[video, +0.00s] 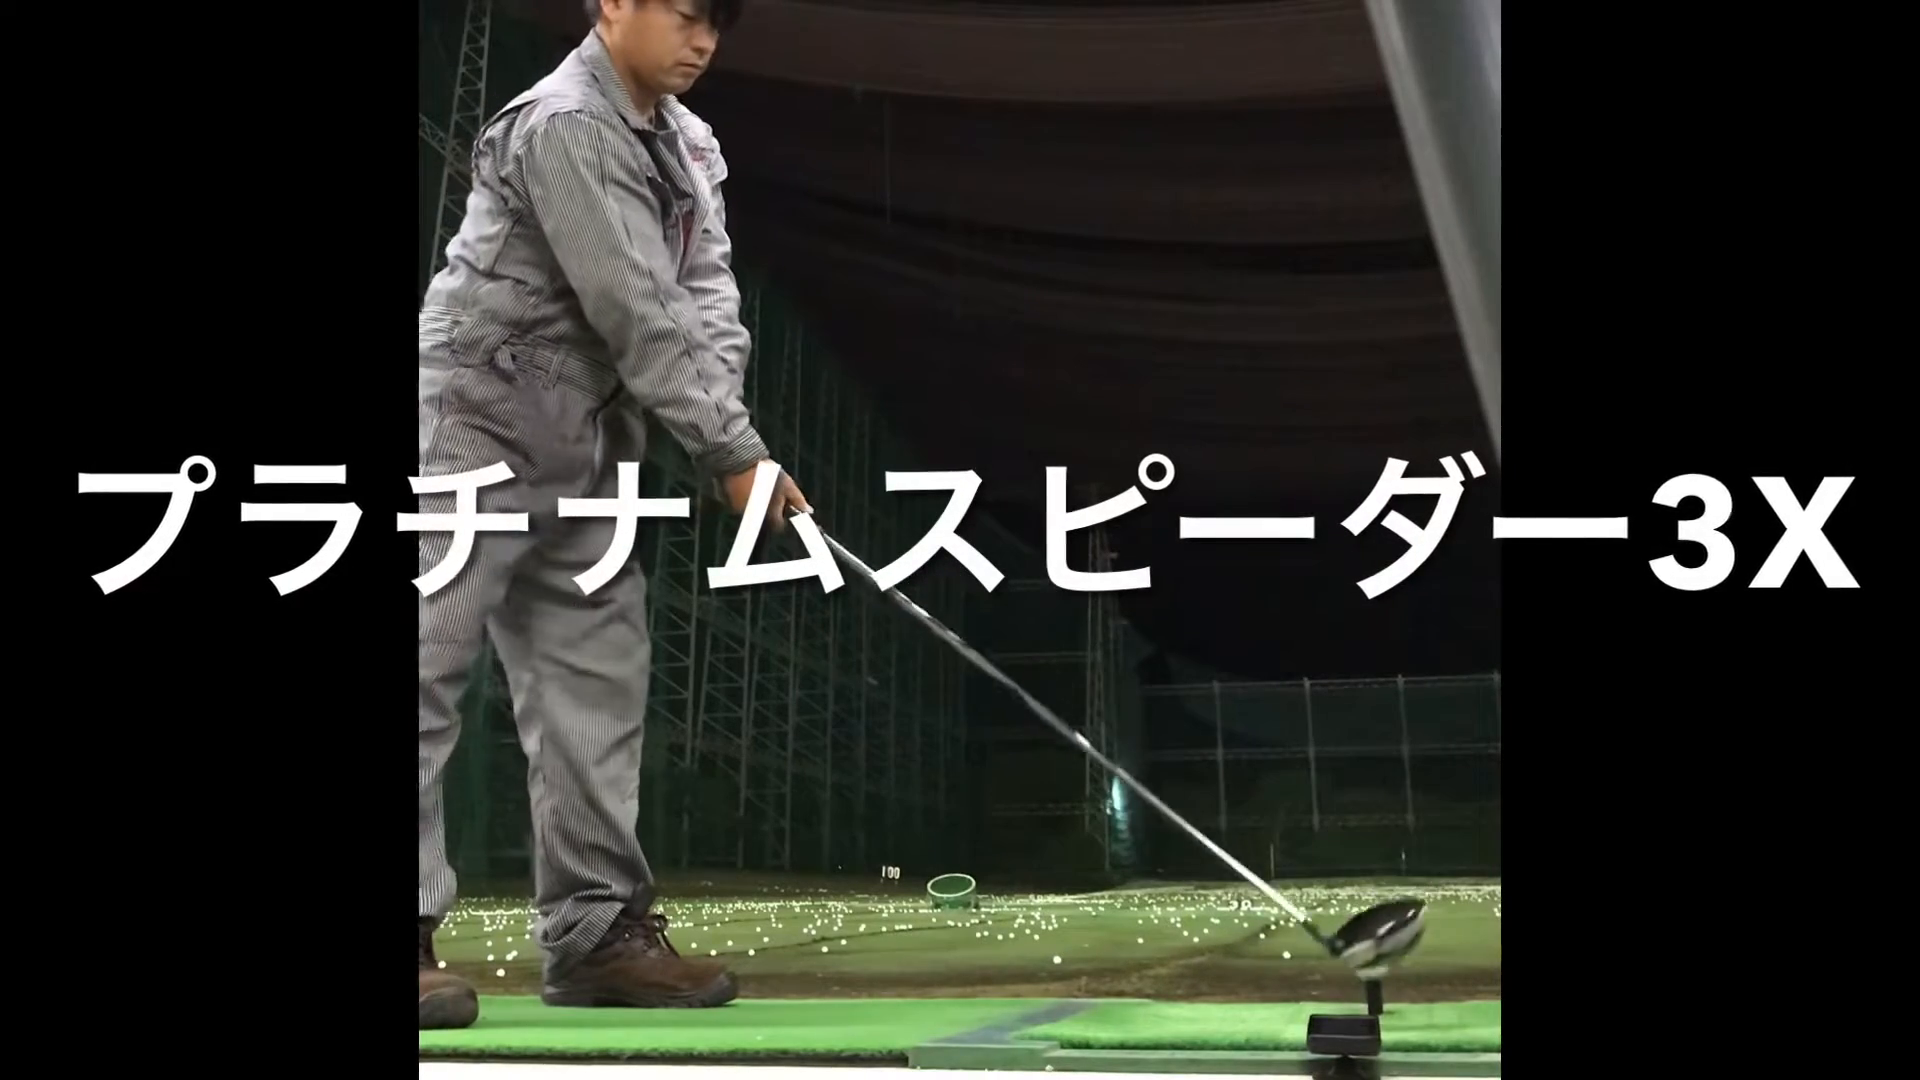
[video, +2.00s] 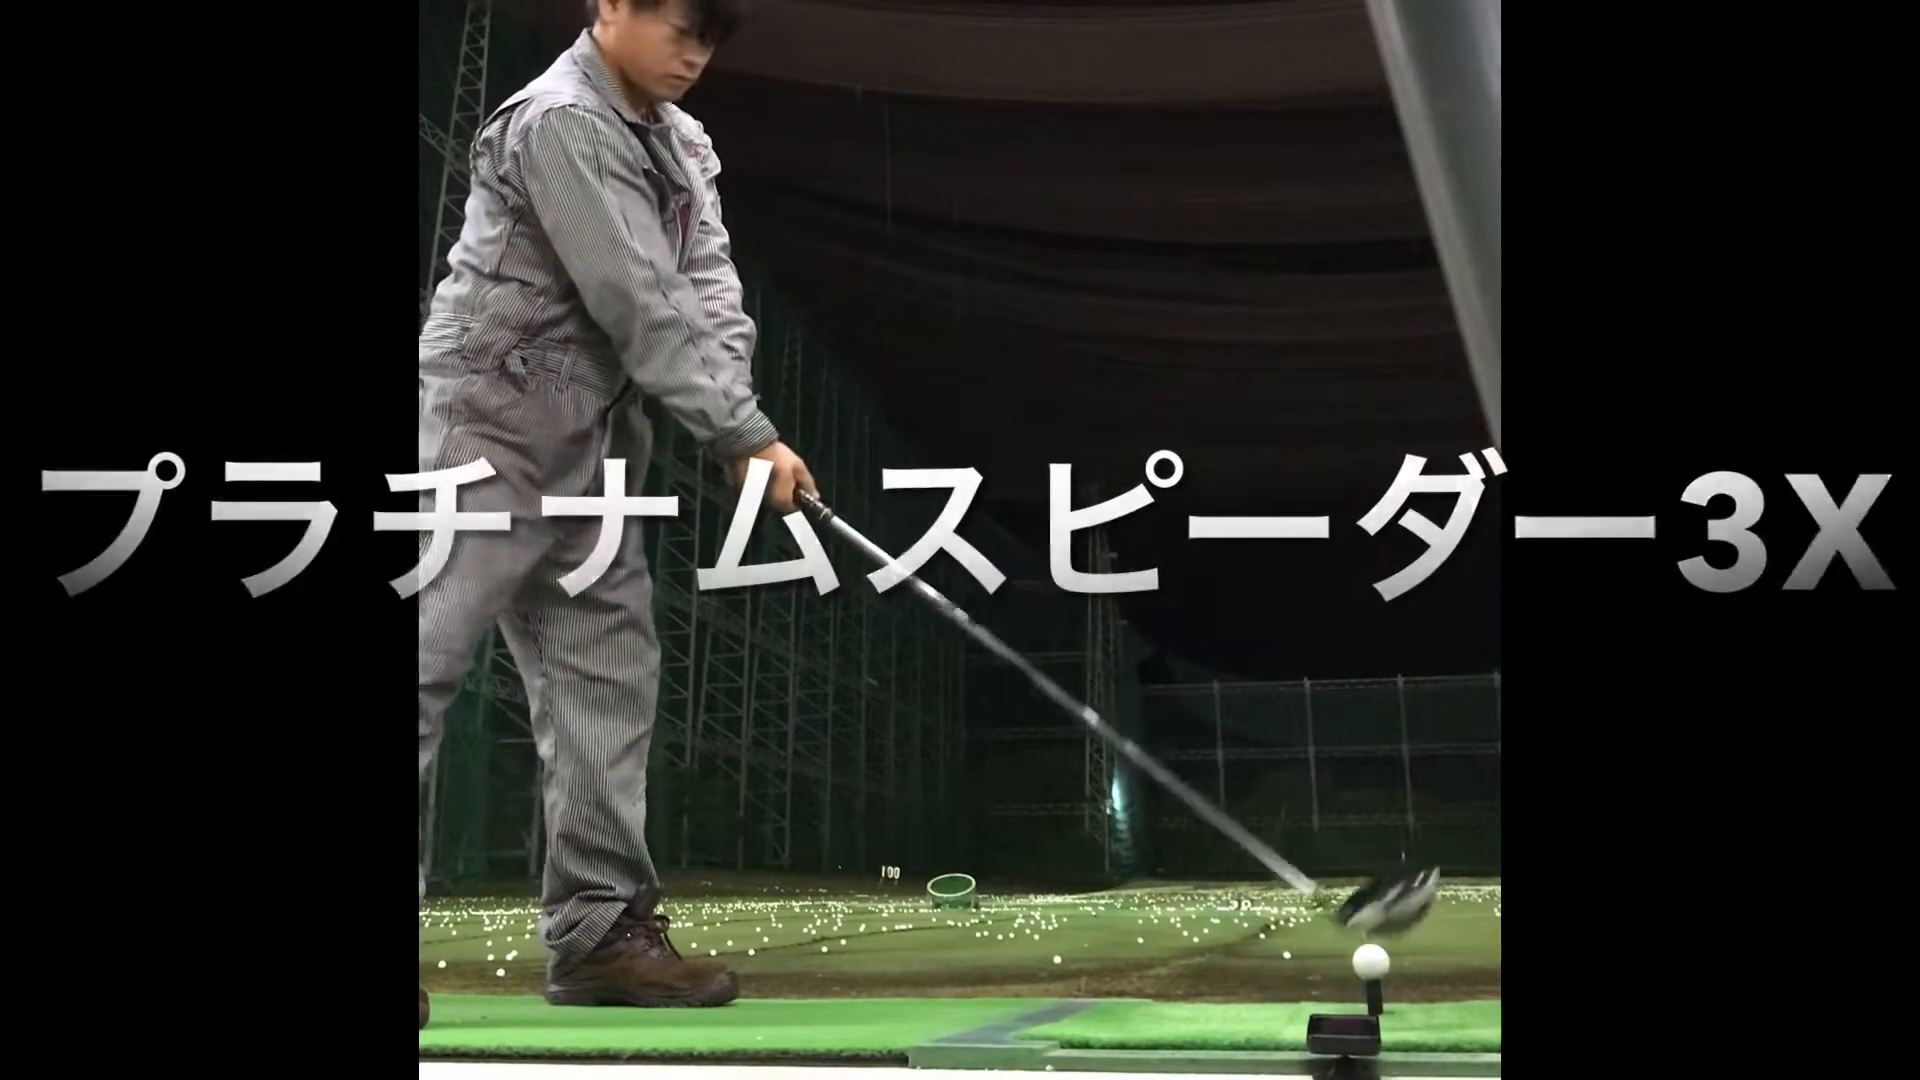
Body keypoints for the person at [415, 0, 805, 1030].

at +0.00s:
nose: (704, 40)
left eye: (713, 22)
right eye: (682, 16)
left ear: (713, 34)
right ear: (611, 10)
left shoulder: (693, 141)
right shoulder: (563, 123)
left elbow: (712, 299)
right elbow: (635, 309)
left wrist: (718, 434)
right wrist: (735, 453)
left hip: (586, 448)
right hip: (469, 432)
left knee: (593, 685)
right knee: (430, 687)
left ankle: (594, 936)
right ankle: (417, 946)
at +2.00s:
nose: (698, 56)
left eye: (710, 38)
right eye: (680, 30)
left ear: (714, 41)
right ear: (610, 12)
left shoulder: (685, 141)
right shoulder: (556, 121)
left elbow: (712, 288)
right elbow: (635, 298)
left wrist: (730, 420)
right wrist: (744, 434)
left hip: (587, 461)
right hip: (478, 443)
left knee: (605, 685)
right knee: (425, 685)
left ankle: (599, 937)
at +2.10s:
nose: (695, 54)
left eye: (709, 36)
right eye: (676, 28)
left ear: (716, 39)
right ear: (606, 11)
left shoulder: (690, 139)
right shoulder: (558, 124)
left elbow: (712, 288)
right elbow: (630, 301)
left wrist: (722, 423)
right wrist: (734, 442)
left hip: (586, 453)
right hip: (476, 437)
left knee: (600, 682)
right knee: (426, 675)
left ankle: (599, 937)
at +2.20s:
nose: (689, 50)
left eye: (702, 33)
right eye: (670, 24)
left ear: (708, 39)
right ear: (600, 12)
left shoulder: (683, 142)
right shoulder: (556, 124)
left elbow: (705, 293)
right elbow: (625, 305)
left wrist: (711, 417)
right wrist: (729, 449)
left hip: (579, 450)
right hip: (469, 433)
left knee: (599, 678)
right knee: (424, 680)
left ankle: (598, 937)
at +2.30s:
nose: (686, 42)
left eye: (697, 25)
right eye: (665, 19)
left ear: (701, 31)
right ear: (594, 12)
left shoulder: (679, 135)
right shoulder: (551, 123)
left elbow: (701, 289)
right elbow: (621, 307)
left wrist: (705, 414)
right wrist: (726, 451)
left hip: (578, 455)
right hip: (466, 438)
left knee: (596, 677)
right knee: (424, 670)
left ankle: (598, 935)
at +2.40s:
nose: (685, 33)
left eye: (693, 16)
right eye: (663, 12)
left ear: (697, 25)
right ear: (590, 11)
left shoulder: (679, 134)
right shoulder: (548, 125)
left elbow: (703, 292)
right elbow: (622, 309)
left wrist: (706, 418)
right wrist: (725, 452)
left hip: (579, 456)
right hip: (465, 438)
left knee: (609, 672)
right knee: (423, 667)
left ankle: (602, 935)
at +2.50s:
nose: (684, 27)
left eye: (693, 11)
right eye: (662, 8)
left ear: (695, 22)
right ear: (590, 10)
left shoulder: (681, 130)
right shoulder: (553, 125)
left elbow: (706, 287)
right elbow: (626, 309)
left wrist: (709, 417)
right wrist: (727, 453)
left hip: (583, 457)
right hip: (469, 442)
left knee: (606, 676)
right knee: (423, 664)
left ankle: (601, 935)